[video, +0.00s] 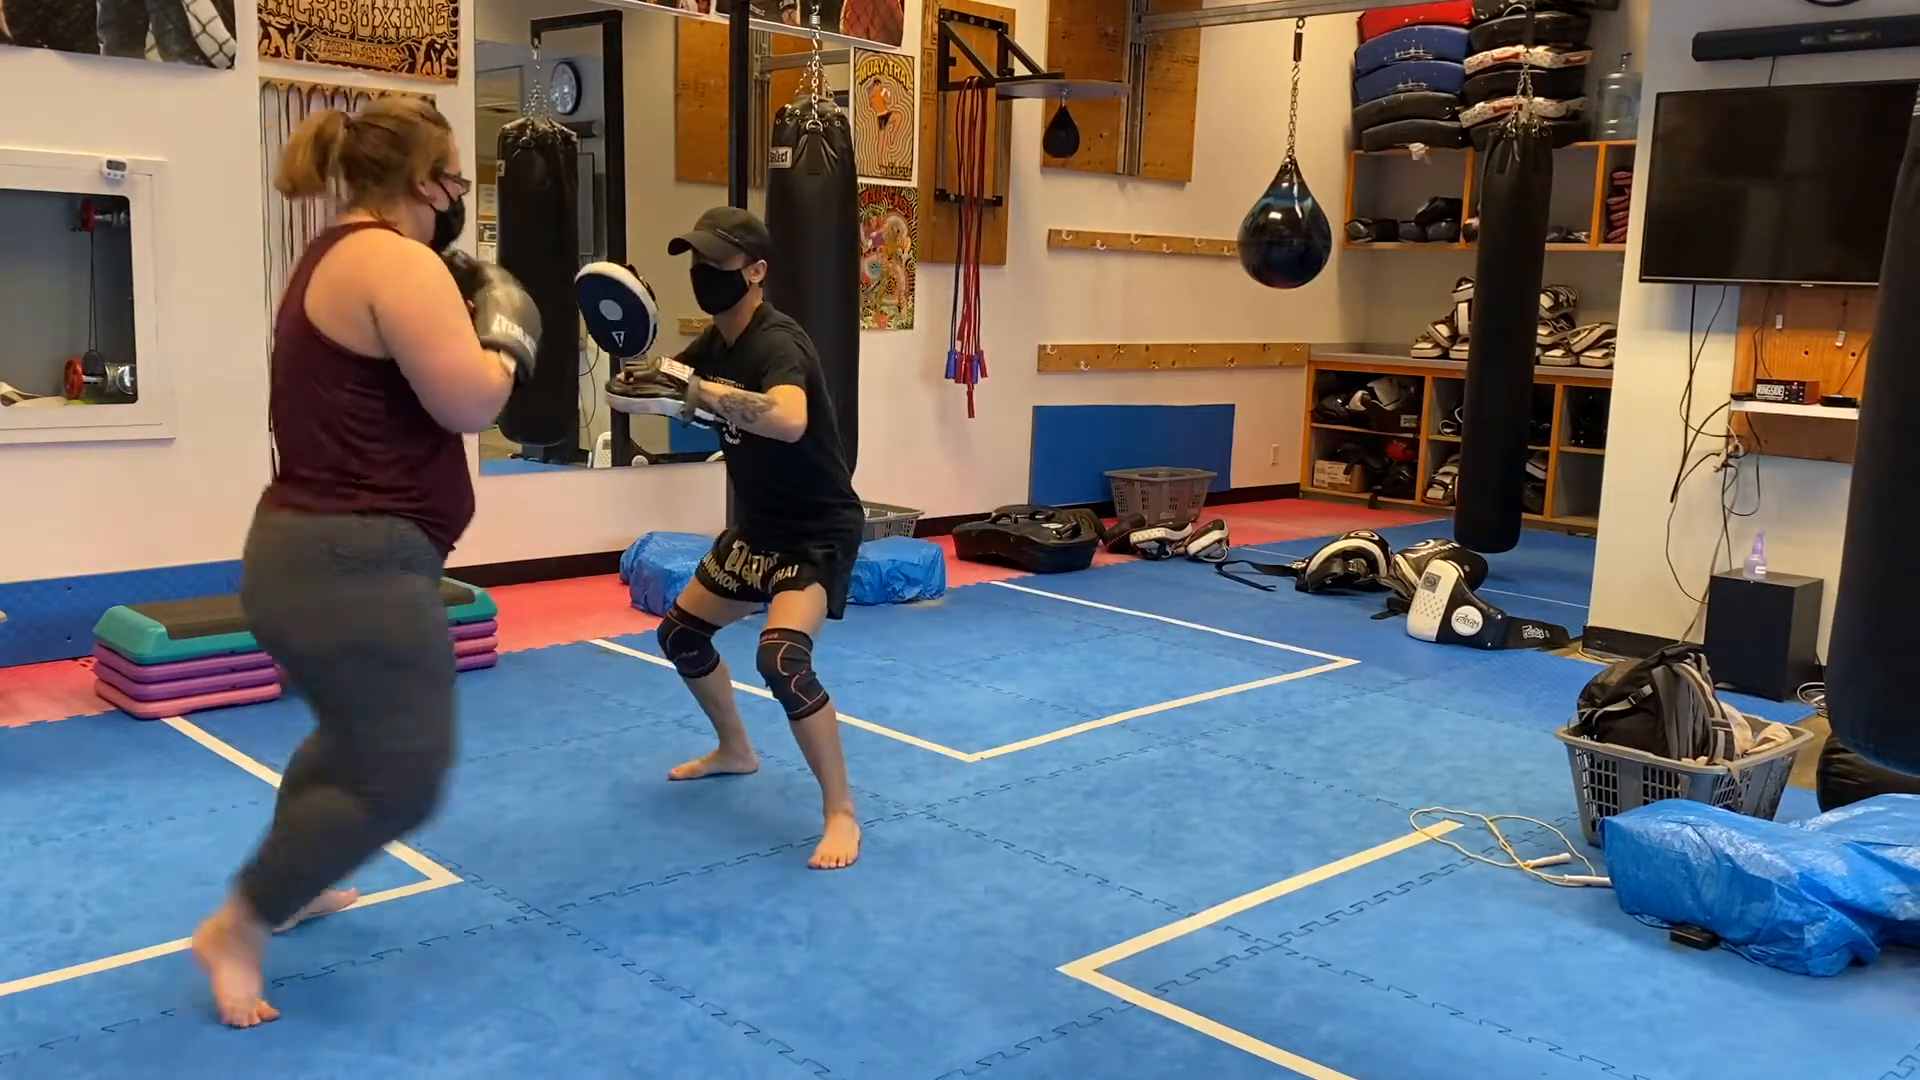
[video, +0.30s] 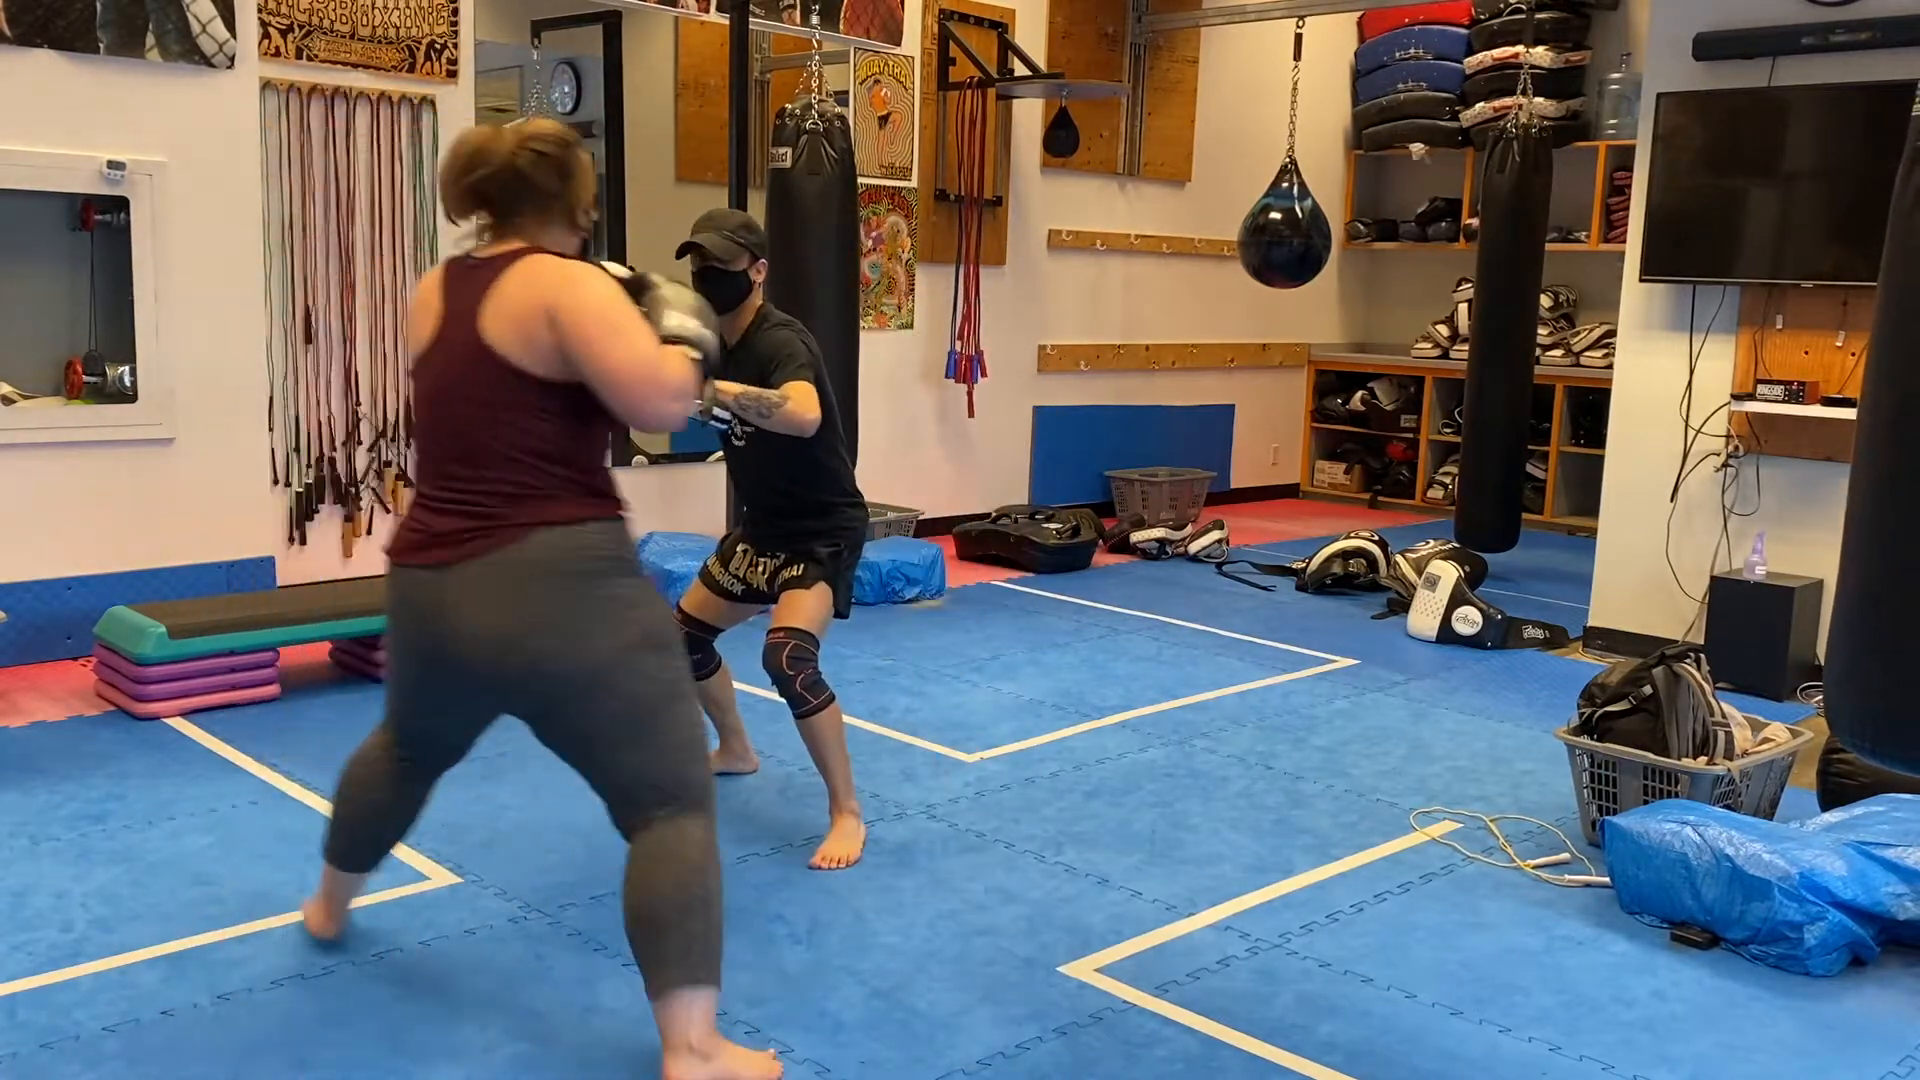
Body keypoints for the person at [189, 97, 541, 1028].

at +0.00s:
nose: (452, 200)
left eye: (453, 184)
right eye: (447, 183)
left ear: (364, 181)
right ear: (415, 182)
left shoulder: (330, 256)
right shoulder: (398, 262)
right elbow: (468, 401)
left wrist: (452, 316)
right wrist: (505, 343)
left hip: (299, 548)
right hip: (362, 561)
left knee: (352, 731)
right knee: (403, 780)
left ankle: (288, 882)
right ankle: (236, 927)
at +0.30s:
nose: (589, 223)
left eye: (585, 208)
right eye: (584, 208)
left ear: (477, 204)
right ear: (563, 208)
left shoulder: (427, 292)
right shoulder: (568, 286)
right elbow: (663, 401)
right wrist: (687, 337)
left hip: (432, 591)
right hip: (562, 588)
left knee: (407, 747)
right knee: (668, 807)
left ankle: (328, 905)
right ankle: (693, 1045)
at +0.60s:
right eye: (669, 177)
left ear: (566, 173)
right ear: (663, 176)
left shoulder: (500, 264)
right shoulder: (702, 260)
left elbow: (451, 405)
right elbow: (834, 352)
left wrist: (548, 369)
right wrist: (770, 339)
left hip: (544, 575)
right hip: (699, 569)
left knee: (499, 759)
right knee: (708, 819)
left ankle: (456, 958)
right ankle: (696, 1054)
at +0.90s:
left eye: (579, 139)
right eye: (649, 139)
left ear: (568, 151)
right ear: (658, 152)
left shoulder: (506, 243)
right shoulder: (704, 245)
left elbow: (457, 388)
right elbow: (782, 352)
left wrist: (535, 332)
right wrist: (688, 307)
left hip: (544, 561)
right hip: (698, 557)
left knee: (530, 778)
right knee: (729, 781)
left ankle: (512, 987)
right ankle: (709, 1016)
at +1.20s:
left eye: (617, 165)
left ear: (626, 168)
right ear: (726, 172)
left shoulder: (568, 258)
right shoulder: (781, 269)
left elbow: (516, 402)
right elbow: (844, 415)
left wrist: (606, 398)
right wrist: (772, 420)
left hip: (621, 592)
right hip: (778, 579)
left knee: (573, 786)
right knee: (852, 783)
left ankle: (518, 982)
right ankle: (925, 1005)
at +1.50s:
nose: (744, 161)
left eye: (749, 148)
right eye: (754, 147)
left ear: (763, 155)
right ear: (861, 148)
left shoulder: (718, 259)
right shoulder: (923, 250)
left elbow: (669, 423)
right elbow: (969, 376)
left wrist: (748, 374)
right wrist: (878, 325)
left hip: (756, 582)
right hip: (908, 576)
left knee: (684, 790)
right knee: (908, 816)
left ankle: (621, 980)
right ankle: (929, 1056)